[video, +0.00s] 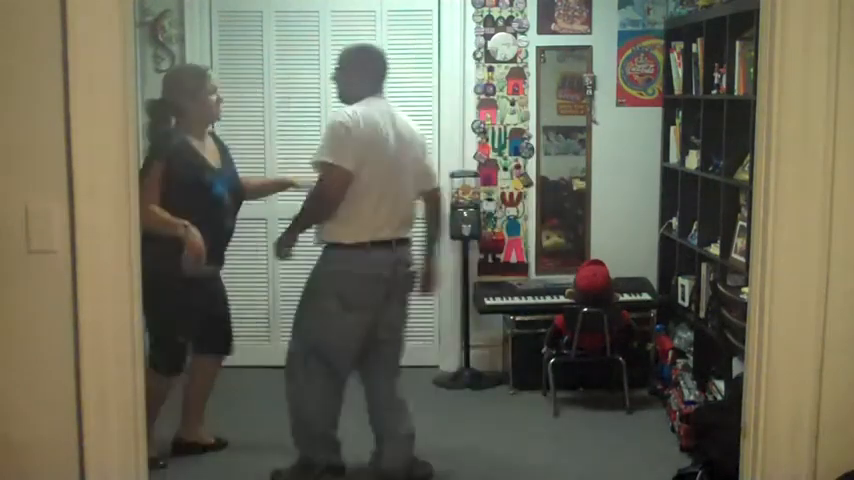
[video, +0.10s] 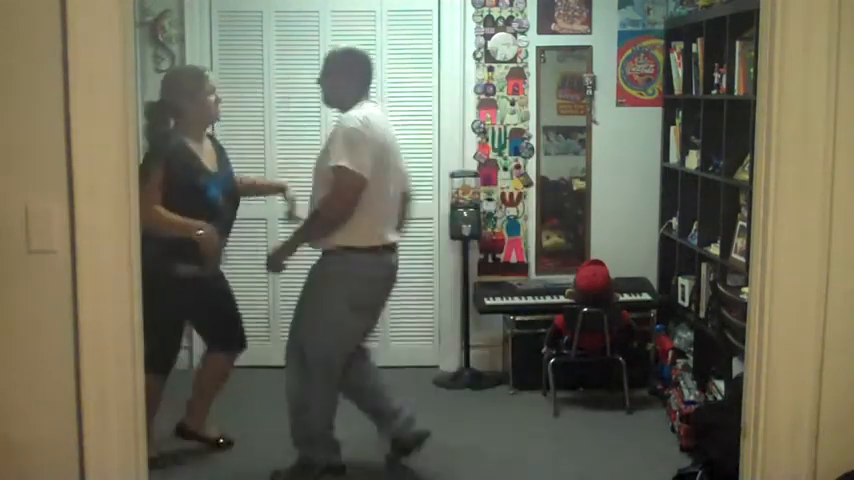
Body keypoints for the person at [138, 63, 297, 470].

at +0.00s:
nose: (220, 98)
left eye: (217, 91)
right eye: (211, 93)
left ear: (201, 101)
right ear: (186, 102)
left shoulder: (214, 144)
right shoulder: (166, 147)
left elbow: (235, 190)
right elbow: (144, 209)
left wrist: (282, 183)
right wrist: (185, 229)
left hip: (204, 267)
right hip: (166, 268)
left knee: (213, 344)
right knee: (168, 356)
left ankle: (191, 433)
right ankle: (142, 440)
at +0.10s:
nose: (218, 98)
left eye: (216, 92)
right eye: (209, 94)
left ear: (199, 103)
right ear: (185, 104)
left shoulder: (211, 144)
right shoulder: (164, 149)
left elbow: (222, 188)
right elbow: (146, 211)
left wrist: (268, 186)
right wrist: (197, 229)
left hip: (203, 269)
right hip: (164, 271)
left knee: (228, 341)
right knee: (157, 360)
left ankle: (194, 423)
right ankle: (140, 441)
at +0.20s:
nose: (218, 99)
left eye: (216, 92)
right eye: (210, 94)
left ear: (195, 103)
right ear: (185, 103)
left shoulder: (210, 142)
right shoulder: (166, 151)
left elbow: (225, 172)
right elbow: (162, 214)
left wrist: (275, 171)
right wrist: (217, 212)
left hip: (206, 266)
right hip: (166, 268)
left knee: (231, 343)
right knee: (153, 360)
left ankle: (202, 428)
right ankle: (139, 440)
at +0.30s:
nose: (222, 101)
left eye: (219, 93)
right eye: (213, 95)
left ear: (204, 102)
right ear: (189, 104)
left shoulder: (216, 140)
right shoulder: (177, 150)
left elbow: (245, 147)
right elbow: (200, 210)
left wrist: (282, 144)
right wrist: (242, 184)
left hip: (212, 270)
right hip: (169, 273)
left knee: (227, 353)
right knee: (156, 363)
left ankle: (207, 446)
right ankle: (139, 446)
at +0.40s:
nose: (227, 99)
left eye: (225, 92)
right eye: (218, 94)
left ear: (214, 98)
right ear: (194, 103)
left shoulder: (226, 137)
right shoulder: (187, 148)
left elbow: (262, 138)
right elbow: (220, 205)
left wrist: (298, 125)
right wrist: (256, 182)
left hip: (221, 267)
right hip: (179, 270)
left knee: (229, 354)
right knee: (193, 360)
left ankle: (207, 445)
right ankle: (145, 428)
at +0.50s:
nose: (238, 96)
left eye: (236, 89)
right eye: (229, 91)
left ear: (225, 97)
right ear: (204, 101)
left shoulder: (243, 134)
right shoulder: (192, 146)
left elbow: (280, 155)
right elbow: (213, 202)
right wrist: (262, 178)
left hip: (231, 258)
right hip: (193, 261)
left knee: (230, 350)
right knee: (224, 351)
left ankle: (207, 441)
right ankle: (203, 444)